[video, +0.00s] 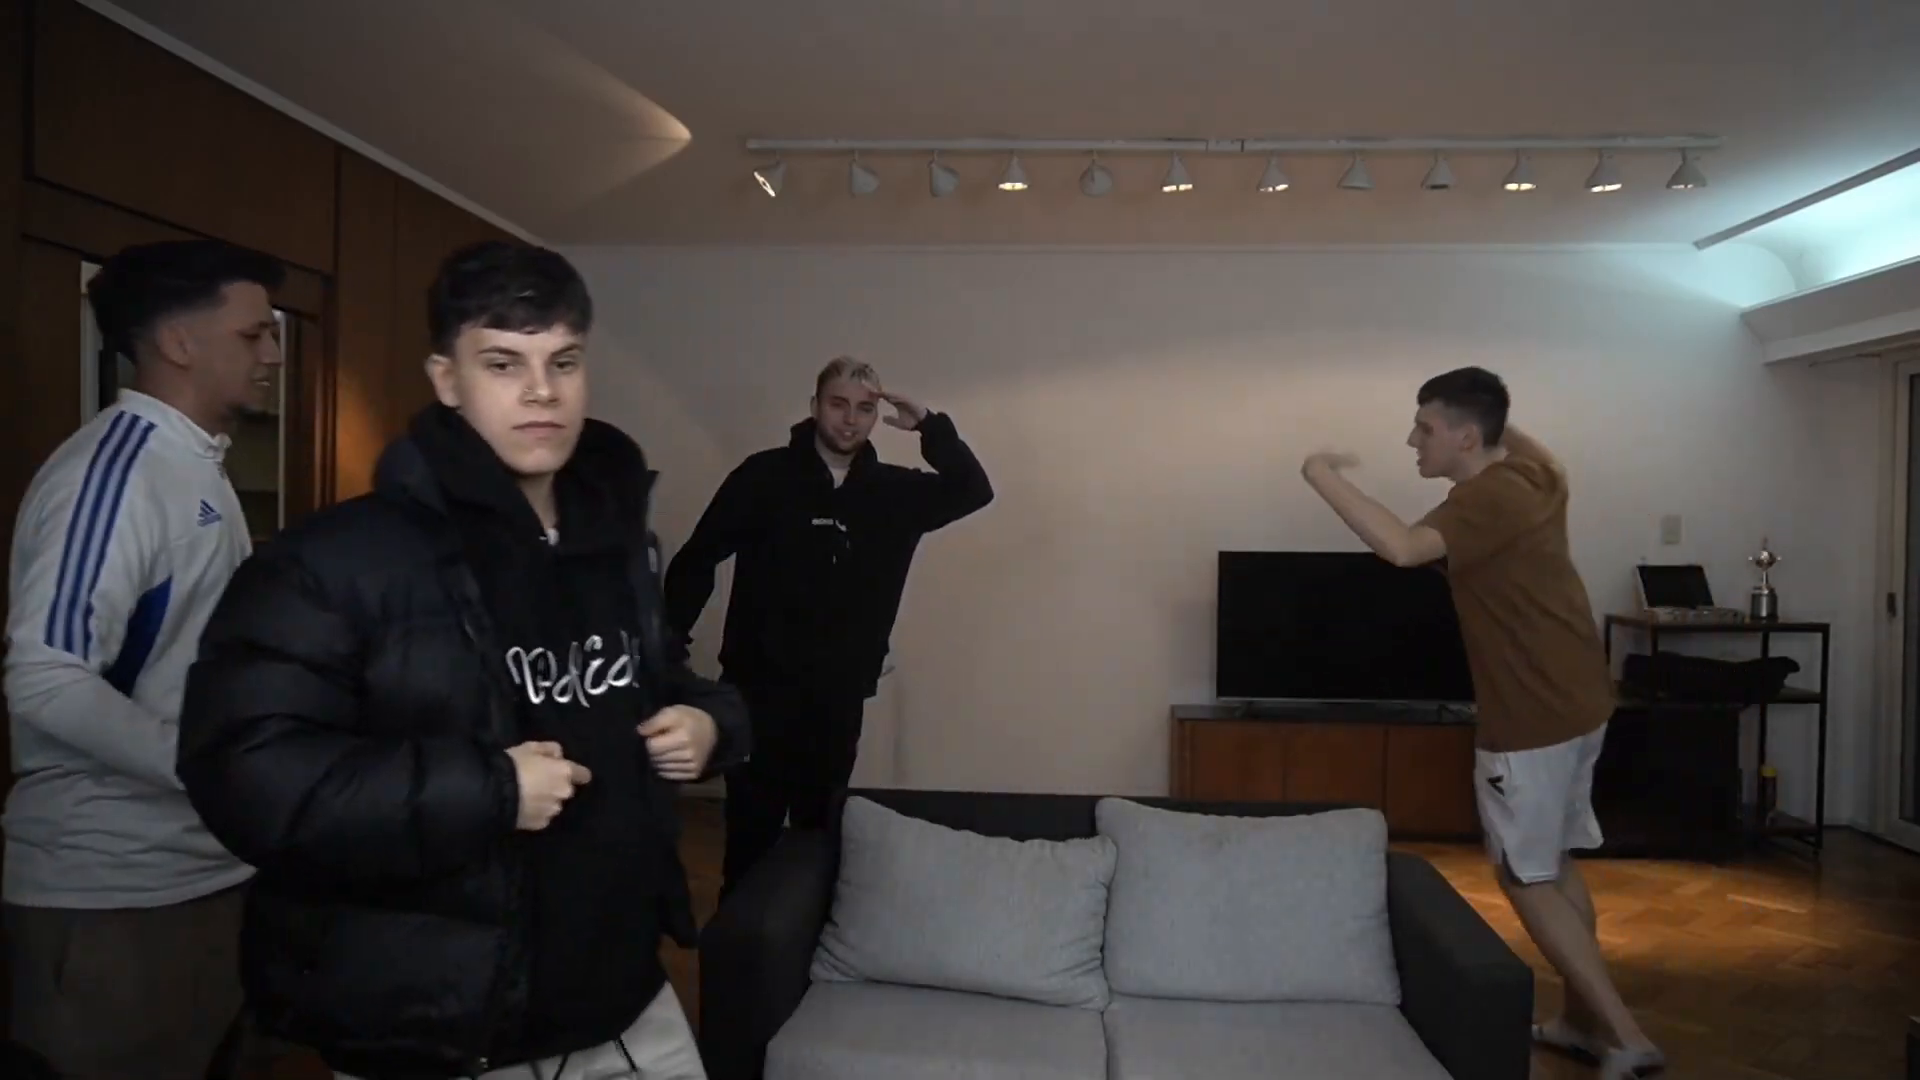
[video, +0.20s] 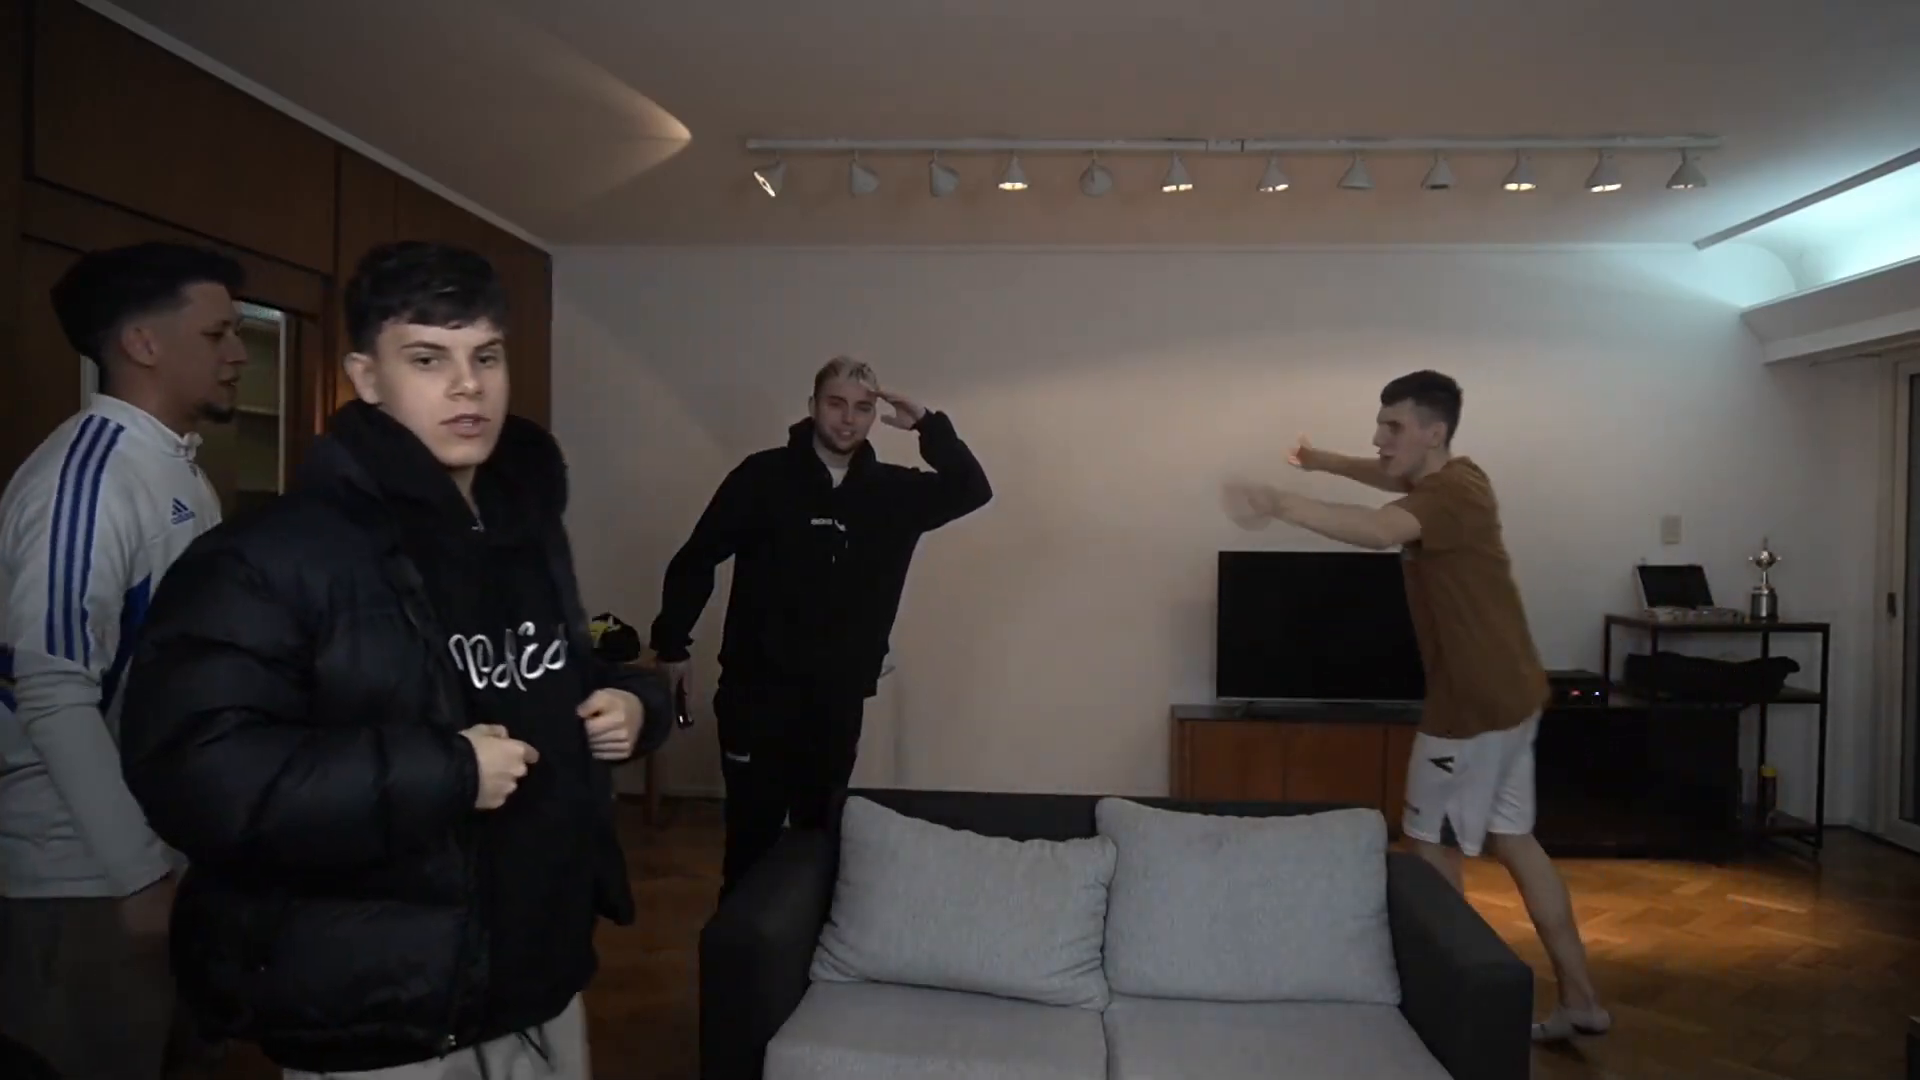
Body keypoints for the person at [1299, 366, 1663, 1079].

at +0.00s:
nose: (1413, 438)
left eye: (1424, 427)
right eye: (1417, 424)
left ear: (1472, 434)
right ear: (1484, 432)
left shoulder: (1492, 495)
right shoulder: (1536, 470)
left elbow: (1405, 547)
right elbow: (1506, 428)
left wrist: (1322, 475)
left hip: (1528, 720)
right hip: (1577, 702)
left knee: (1521, 873)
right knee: (1555, 865)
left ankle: (1629, 1039)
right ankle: (1579, 1020)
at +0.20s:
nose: (1380, 438)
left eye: (1393, 426)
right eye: (1381, 426)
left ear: (1435, 434)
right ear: (1431, 437)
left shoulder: (1447, 496)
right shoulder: (1462, 480)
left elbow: (1381, 529)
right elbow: (1386, 470)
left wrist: (1279, 504)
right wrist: (1322, 460)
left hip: (1469, 703)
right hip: (1513, 693)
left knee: (1430, 845)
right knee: (1512, 836)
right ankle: (1580, 999)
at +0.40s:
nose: (1329, 452)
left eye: (1343, 442)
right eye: (1327, 439)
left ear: (1381, 450)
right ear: (1323, 438)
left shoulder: (1397, 508)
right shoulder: (1362, 503)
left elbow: (1361, 566)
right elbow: (1332, 502)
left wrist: (1287, 523)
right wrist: (1279, 482)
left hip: (1398, 716)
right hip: (1378, 709)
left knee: (1380, 847)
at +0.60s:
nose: (1264, 436)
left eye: (1279, 425)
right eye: (1260, 423)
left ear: (1311, 435)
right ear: (1253, 425)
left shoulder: (1324, 491)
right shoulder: (1279, 490)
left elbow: (1303, 553)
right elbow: (1262, 506)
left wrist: (1223, 573)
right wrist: (1204, 503)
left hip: (1337, 703)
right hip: (1286, 695)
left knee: (1342, 836)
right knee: (1275, 831)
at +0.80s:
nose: (1202, 451)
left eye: (1218, 441)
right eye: (1196, 439)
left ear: (1243, 450)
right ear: (1188, 443)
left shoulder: (1262, 508)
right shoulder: (1193, 505)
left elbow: (1299, 570)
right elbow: (1151, 525)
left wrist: (1267, 590)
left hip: (1252, 712)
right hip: (1209, 703)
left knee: (1217, 832)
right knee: (1195, 827)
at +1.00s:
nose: (1143, 433)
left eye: (1158, 422)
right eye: (1135, 421)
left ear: (1181, 432)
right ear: (1125, 427)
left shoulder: (1211, 495)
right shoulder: (1116, 491)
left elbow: (1264, 531)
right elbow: (1049, 509)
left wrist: (1292, 542)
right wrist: (967, 504)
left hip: (1184, 686)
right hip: (1133, 679)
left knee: (1139, 809)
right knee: (1141, 809)